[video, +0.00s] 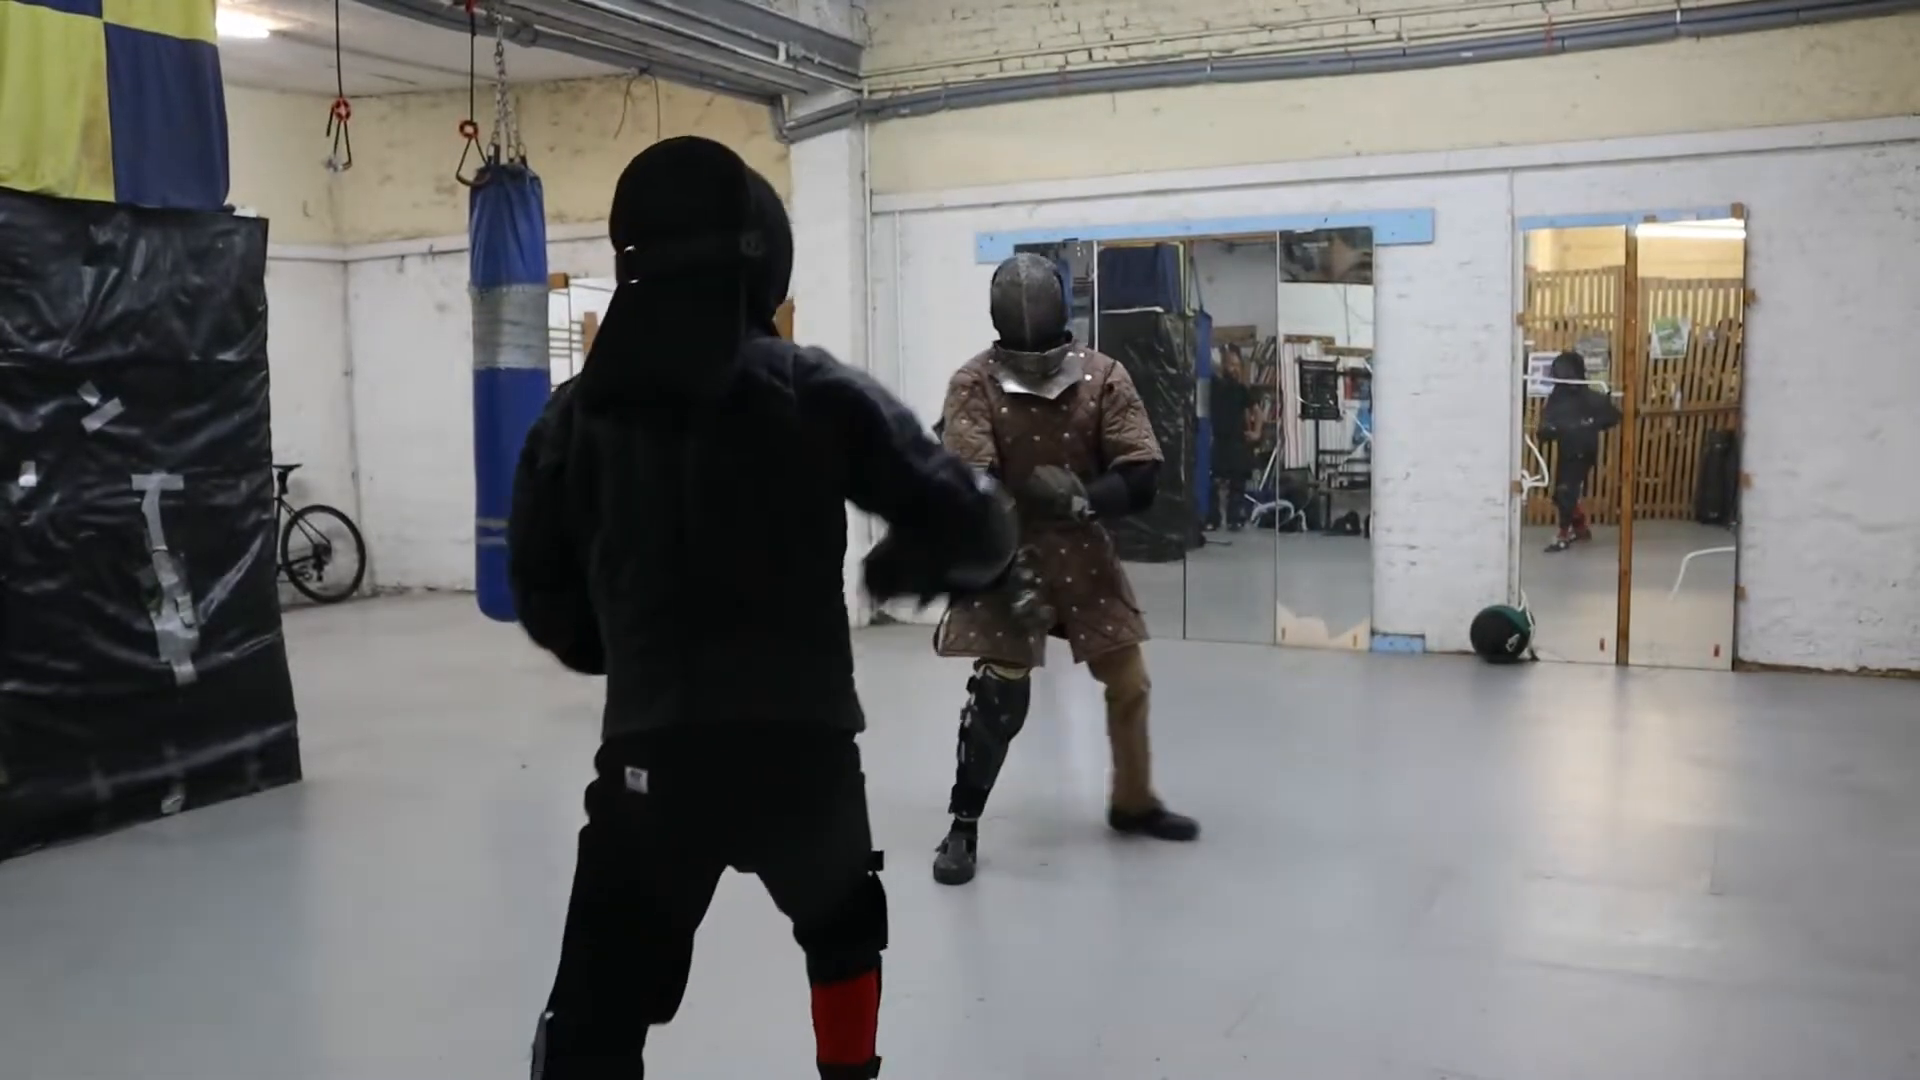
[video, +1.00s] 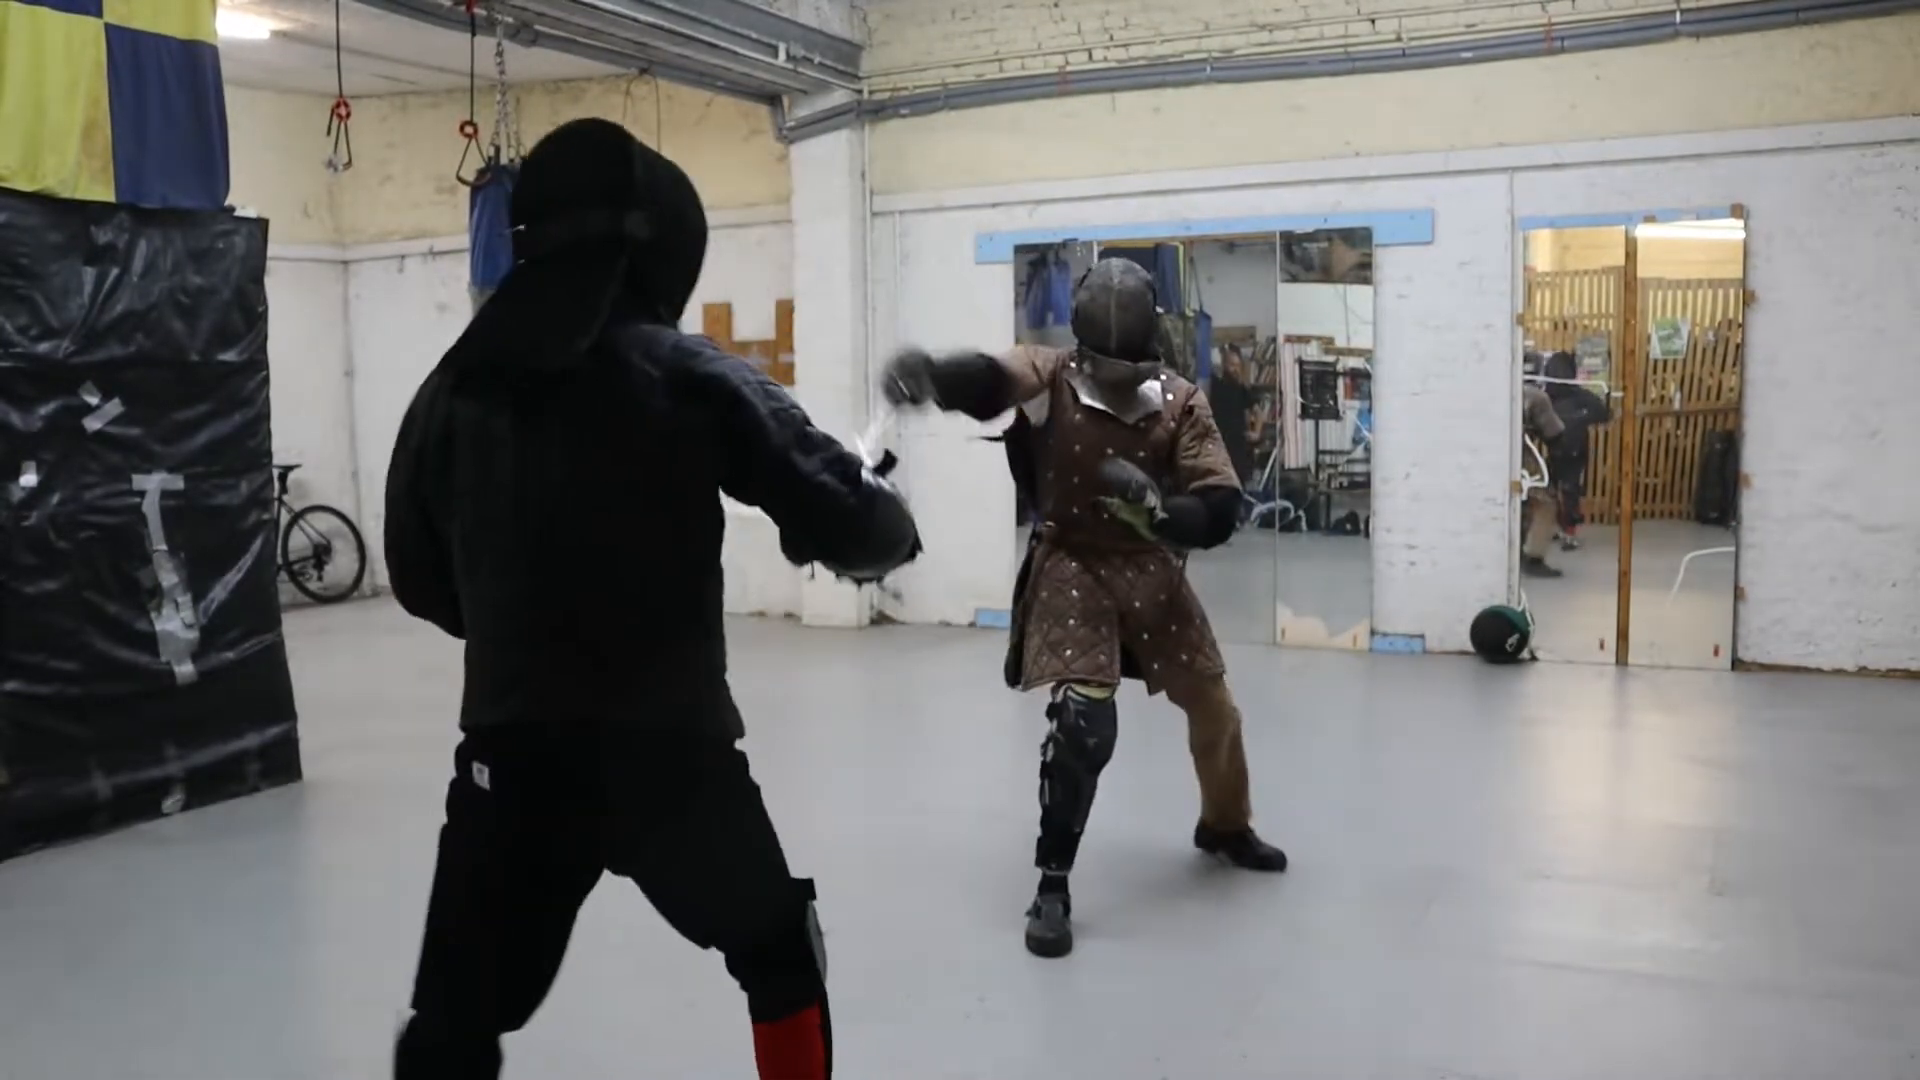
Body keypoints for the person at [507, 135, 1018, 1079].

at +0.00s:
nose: (790, 286)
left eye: (780, 261)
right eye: (779, 261)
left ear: (635, 271)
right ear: (759, 271)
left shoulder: (572, 420)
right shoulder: (812, 393)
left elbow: (548, 605)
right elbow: (970, 518)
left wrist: (636, 651)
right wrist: (900, 569)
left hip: (652, 766)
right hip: (804, 759)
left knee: (596, 1010)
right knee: (843, 925)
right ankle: (850, 1069)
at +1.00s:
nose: (692, 263)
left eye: (684, 237)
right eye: (681, 238)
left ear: (533, 243)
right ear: (656, 246)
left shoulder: (454, 390)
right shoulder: (688, 377)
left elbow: (420, 577)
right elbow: (858, 526)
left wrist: (533, 620)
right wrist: (880, 518)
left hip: (512, 764)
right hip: (672, 761)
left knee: (449, 1026)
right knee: (776, 946)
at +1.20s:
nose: (623, 297)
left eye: (618, 268)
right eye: (613, 269)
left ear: (455, 271)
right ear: (586, 276)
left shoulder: (390, 423)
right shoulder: (612, 412)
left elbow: (378, 617)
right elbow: (796, 552)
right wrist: (834, 497)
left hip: (441, 818)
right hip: (602, 812)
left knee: (372, 1057)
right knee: (759, 959)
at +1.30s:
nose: (583, 288)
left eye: (578, 262)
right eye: (575, 263)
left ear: (416, 263)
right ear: (550, 270)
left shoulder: (341, 415)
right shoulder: (575, 410)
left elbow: (319, 617)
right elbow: (708, 584)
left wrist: (446, 620)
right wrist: (784, 562)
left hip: (396, 813)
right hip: (559, 808)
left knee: (344, 1062)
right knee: (713, 989)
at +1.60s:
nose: (550, 272)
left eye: (545, 246)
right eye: (541, 247)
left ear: (373, 245)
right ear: (505, 252)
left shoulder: (319, 395)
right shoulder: (540, 380)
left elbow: (324, 559)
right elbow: (715, 543)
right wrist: (772, 500)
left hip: (383, 798)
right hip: (543, 790)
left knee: (339, 1058)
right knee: (682, 957)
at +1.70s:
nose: (574, 268)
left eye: (568, 241)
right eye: (564, 243)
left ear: (406, 255)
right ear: (538, 253)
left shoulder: (357, 406)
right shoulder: (576, 381)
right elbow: (783, 460)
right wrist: (856, 401)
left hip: (412, 802)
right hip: (572, 795)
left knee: (359, 1056)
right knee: (698, 959)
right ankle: (756, 1073)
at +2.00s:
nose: (694, 264)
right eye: (684, 244)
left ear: (550, 258)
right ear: (666, 256)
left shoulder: (471, 402)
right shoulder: (710, 390)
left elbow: (435, 580)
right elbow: (873, 511)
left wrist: (540, 602)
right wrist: (938, 466)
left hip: (535, 755)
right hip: (683, 748)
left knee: (485, 995)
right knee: (771, 921)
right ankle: (794, 1071)